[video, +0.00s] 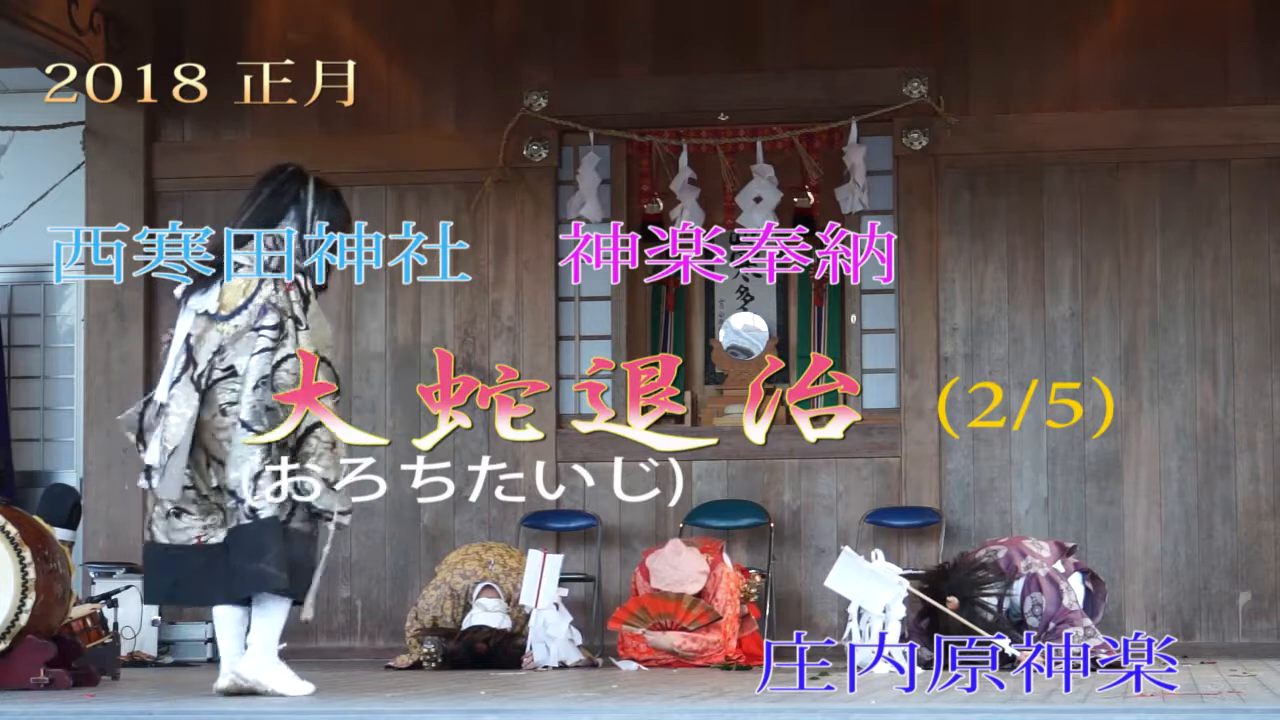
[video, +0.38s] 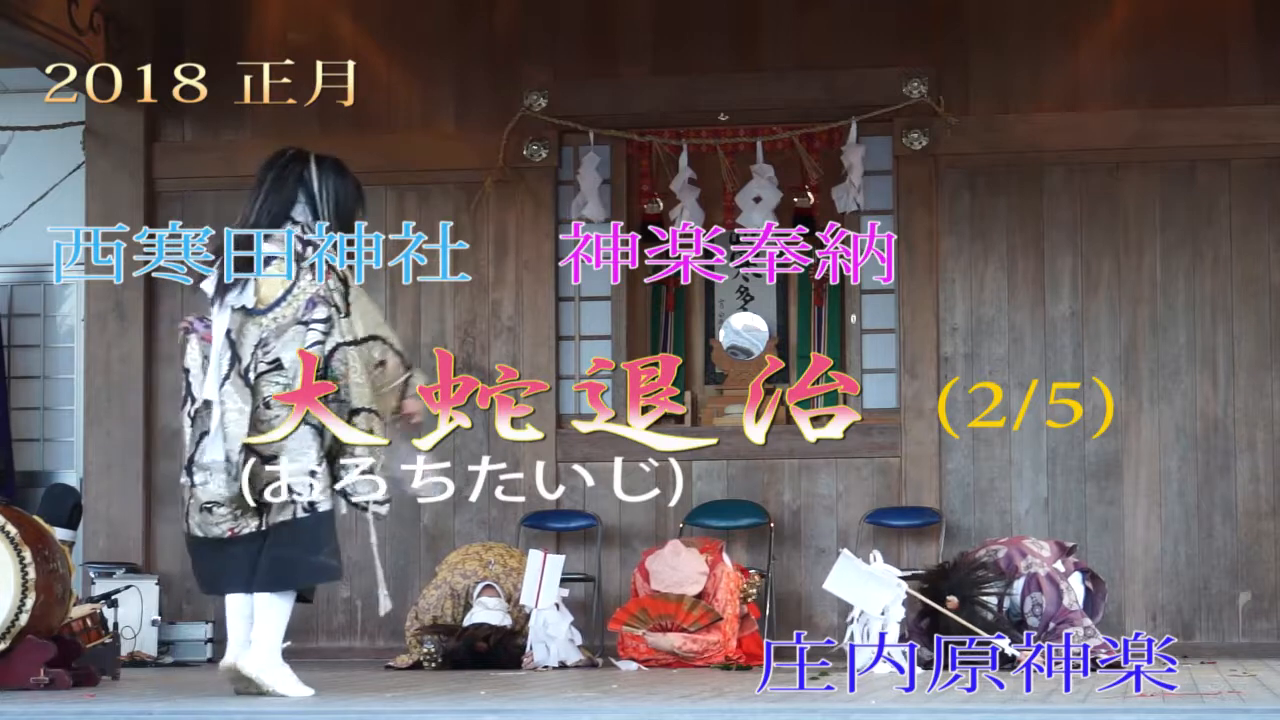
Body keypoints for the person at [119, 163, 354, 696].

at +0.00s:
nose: (328, 253)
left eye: (330, 238)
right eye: (325, 237)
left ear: (257, 216)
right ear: (302, 231)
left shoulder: (208, 290)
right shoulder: (286, 292)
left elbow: (182, 372)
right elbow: (290, 379)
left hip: (206, 428)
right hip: (260, 429)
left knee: (225, 539)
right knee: (283, 535)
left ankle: (231, 664)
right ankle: (263, 655)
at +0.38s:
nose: (349, 224)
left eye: (347, 213)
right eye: (344, 212)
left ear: (268, 200)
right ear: (325, 211)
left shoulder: (232, 274)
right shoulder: (319, 283)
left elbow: (211, 360)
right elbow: (344, 373)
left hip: (228, 428)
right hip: (289, 436)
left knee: (240, 532)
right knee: (292, 534)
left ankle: (239, 647)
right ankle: (265, 652)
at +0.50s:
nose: (346, 224)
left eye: (337, 216)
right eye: (343, 212)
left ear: (272, 204)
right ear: (328, 209)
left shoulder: (245, 277)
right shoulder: (329, 283)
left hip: (241, 420)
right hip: (301, 424)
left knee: (252, 528)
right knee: (295, 530)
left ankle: (247, 646)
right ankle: (266, 652)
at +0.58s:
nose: (360, 221)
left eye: (357, 211)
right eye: (355, 210)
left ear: (278, 201)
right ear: (338, 208)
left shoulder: (251, 269)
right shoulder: (339, 269)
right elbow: (402, 304)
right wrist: (468, 332)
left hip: (245, 420)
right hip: (306, 423)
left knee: (262, 530)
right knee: (297, 532)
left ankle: (262, 648)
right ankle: (266, 651)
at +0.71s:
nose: (364, 223)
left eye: (363, 213)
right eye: (359, 212)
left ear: (287, 204)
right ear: (339, 210)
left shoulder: (263, 264)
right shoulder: (333, 266)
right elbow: (402, 282)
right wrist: (483, 285)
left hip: (258, 414)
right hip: (305, 419)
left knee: (296, 525)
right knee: (309, 525)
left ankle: (272, 644)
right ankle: (272, 645)